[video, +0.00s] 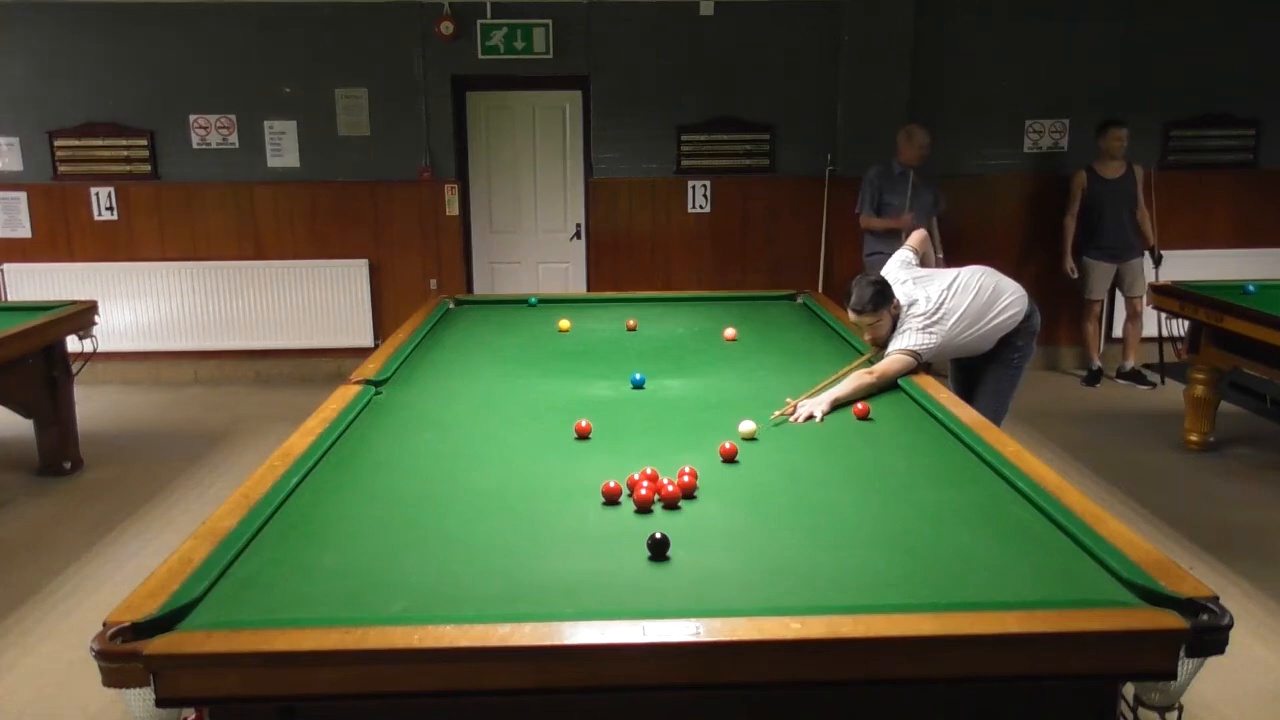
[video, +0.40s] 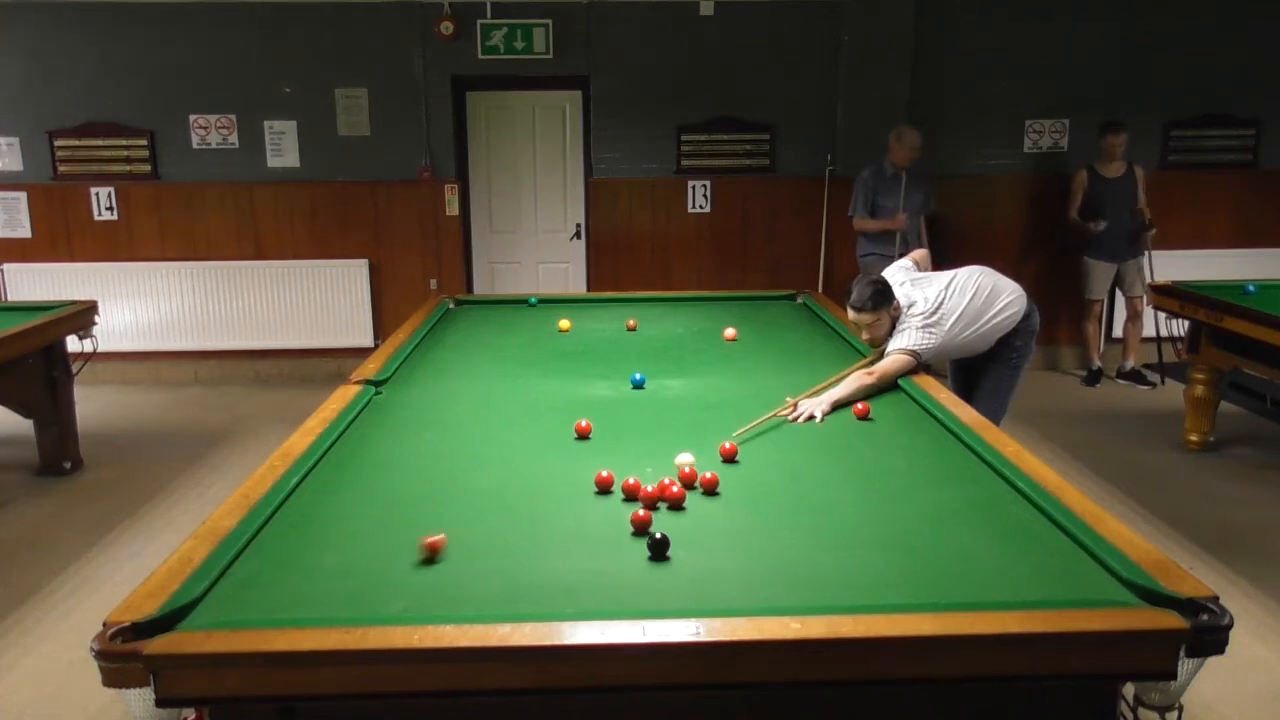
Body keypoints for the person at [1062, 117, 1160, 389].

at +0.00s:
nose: (1122, 144)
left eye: (1124, 139)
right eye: (1116, 139)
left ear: (1127, 142)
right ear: (1101, 142)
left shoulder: (1134, 172)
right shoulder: (1084, 176)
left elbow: (1141, 210)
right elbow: (1071, 216)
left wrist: (1152, 244)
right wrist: (1067, 255)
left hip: (1131, 253)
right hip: (1097, 253)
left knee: (1136, 310)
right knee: (1093, 311)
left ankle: (1128, 366)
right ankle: (1094, 365)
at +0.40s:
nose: (1117, 151)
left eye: (1121, 145)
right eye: (1113, 145)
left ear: (1126, 145)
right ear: (1102, 144)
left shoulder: (1134, 172)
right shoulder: (1085, 175)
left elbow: (1141, 207)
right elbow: (1072, 214)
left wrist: (1147, 226)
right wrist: (1086, 227)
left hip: (1130, 252)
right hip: (1098, 253)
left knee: (1136, 310)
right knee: (1094, 311)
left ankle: (1128, 366)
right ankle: (1094, 365)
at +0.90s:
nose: (1117, 150)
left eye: (1121, 145)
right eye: (1112, 144)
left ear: (1127, 145)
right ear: (1102, 143)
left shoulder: (1135, 172)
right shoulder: (1085, 175)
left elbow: (1146, 213)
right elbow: (1078, 216)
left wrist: (1140, 198)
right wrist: (1102, 201)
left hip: (1130, 251)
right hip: (1098, 252)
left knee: (1135, 310)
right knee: (1094, 310)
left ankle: (1127, 366)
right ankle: (1095, 365)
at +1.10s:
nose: (1117, 148)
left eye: (1121, 143)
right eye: (1112, 143)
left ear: (1127, 144)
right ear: (1102, 143)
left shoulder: (1135, 172)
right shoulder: (1086, 174)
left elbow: (1146, 213)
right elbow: (1079, 215)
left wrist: (1139, 197)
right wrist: (1103, 195)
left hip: (1130, 251)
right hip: (1098, 251)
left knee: (1135, 310)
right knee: (1094, 310)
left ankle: (1128, 366)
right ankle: (1095, 364)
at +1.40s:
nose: (1116, 147)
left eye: (1120, 143)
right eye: (1111, 142)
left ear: (1126, 143)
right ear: (1102, 142)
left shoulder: (1135, 172)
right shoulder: (1087, 174)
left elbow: (1146, 213)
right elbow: (1081, 214)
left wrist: (1136, 195)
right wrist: (1106, 191)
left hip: (1130, 251)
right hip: (1098, 251)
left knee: (1135, 310)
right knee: (1094, 310)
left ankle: (1127, 366)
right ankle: (1095, 364)